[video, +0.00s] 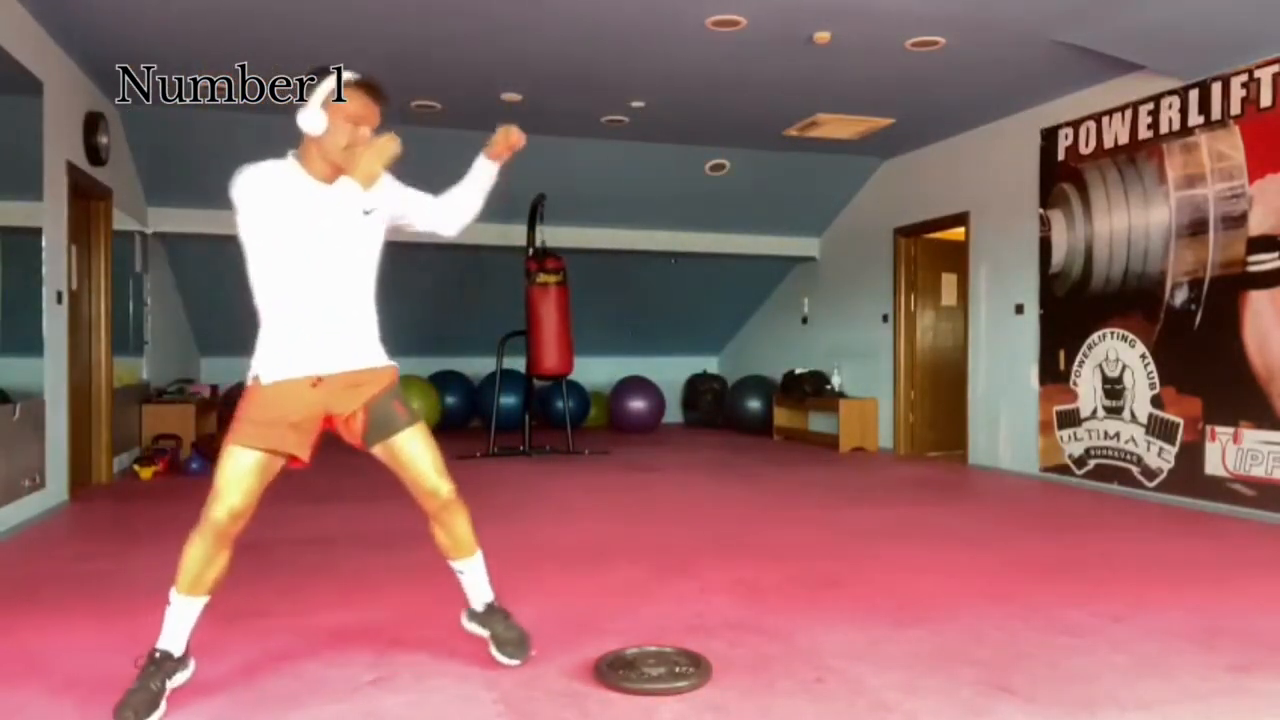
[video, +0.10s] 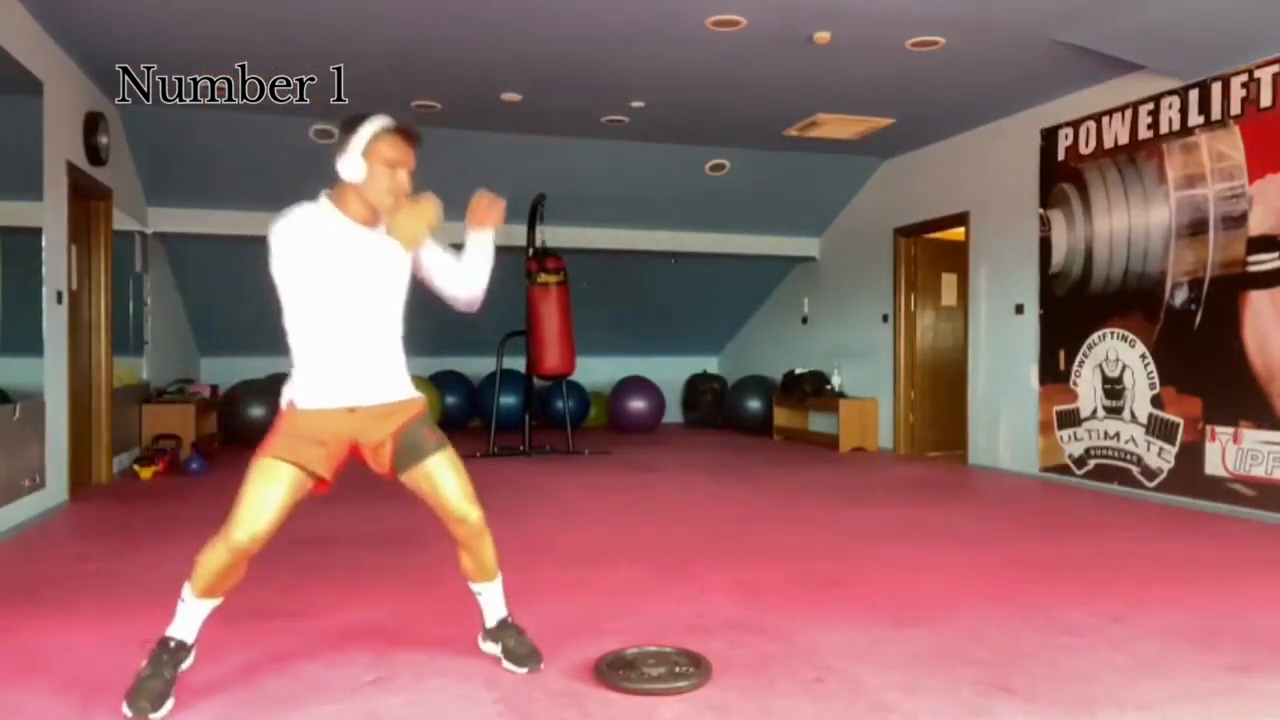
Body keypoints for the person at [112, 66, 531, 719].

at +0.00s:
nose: (365, 142)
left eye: (373, 132)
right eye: (355, 127)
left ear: (375, 134)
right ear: (315, 120)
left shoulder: (375, 191)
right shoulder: (255, 184)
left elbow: (447, 217)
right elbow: (295, 233)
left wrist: (490, 161)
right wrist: (367, 173)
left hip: (366, 376)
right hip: (279, 384)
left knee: (440, 492)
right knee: (222, 516)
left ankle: (485, 607)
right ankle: (168, 654)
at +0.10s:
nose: (405, 184)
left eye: (410, 172)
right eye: (394, 168)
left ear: (408, 177)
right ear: (355, 165)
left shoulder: (401, 232)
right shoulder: (294, 229)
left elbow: (465, 292)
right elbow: (342, 298)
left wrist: (481, 234)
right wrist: (406, 233)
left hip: (395, 410)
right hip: (312, 415)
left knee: (468, 516)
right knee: (241, 536)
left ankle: (499, 624)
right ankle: (175, 645)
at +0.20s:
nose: (420, 221)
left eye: (425, 209)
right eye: (408, 206)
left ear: (426, 214)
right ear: (369, 207)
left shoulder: (411, 279)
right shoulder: (312, 272)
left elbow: (433, 363)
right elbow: (345, 347)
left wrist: (461, 333)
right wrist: (416, 284)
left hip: (409, 435)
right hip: (333, 444)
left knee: (494, 530)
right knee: (267, 568)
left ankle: (499, 630)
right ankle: (190, 657)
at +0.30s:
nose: (399, 199)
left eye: (404, 188)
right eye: (387, 183)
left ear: (406, 193)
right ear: (347, 180)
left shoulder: (398, 252)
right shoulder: (290, 248)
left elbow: (437, 330)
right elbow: (320, 314)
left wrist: (475, 299)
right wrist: (392, 252)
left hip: (396, 425)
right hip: (315, 432)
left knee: (477, 527)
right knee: (243, 556)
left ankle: (499, 628)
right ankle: (183, 657)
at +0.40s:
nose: (366, 144)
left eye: (373, 134)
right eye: (354, 127)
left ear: (377, 138)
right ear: (317, 124)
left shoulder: (371, 194)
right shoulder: (256, 189)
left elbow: (420, 270)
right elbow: (296, 246)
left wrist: (454, 218)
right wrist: (367, 185)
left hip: (364, 382)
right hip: (276, 388)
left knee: (437, 499)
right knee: (207, 516)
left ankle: (489, 615)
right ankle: (156, 646)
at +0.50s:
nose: (342, 116)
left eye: (346, 105)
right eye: (332, 100)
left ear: (341, 112)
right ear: (286, 98)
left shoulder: (341, 177)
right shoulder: (223, 168)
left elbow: (402, 249)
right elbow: (257, 230)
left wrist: (428, 188)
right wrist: (334, 167)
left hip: (329, 367)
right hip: (241, 372)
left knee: (407, 483)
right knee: (179, 507)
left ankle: (439, 598)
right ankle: (129, 644)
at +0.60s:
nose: (308, 142)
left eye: (314, 130)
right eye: (295, 126)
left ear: (316, 134)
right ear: (253, 123)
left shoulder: (308, 197)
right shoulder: (190, 188)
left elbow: (364, 274)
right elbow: (217, 261)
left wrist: (392, 214)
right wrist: (298, 195)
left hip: (298, 383)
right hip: (208, 391)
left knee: (378, 497)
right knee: (151, 532)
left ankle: (373, 603)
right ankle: (110, 661)